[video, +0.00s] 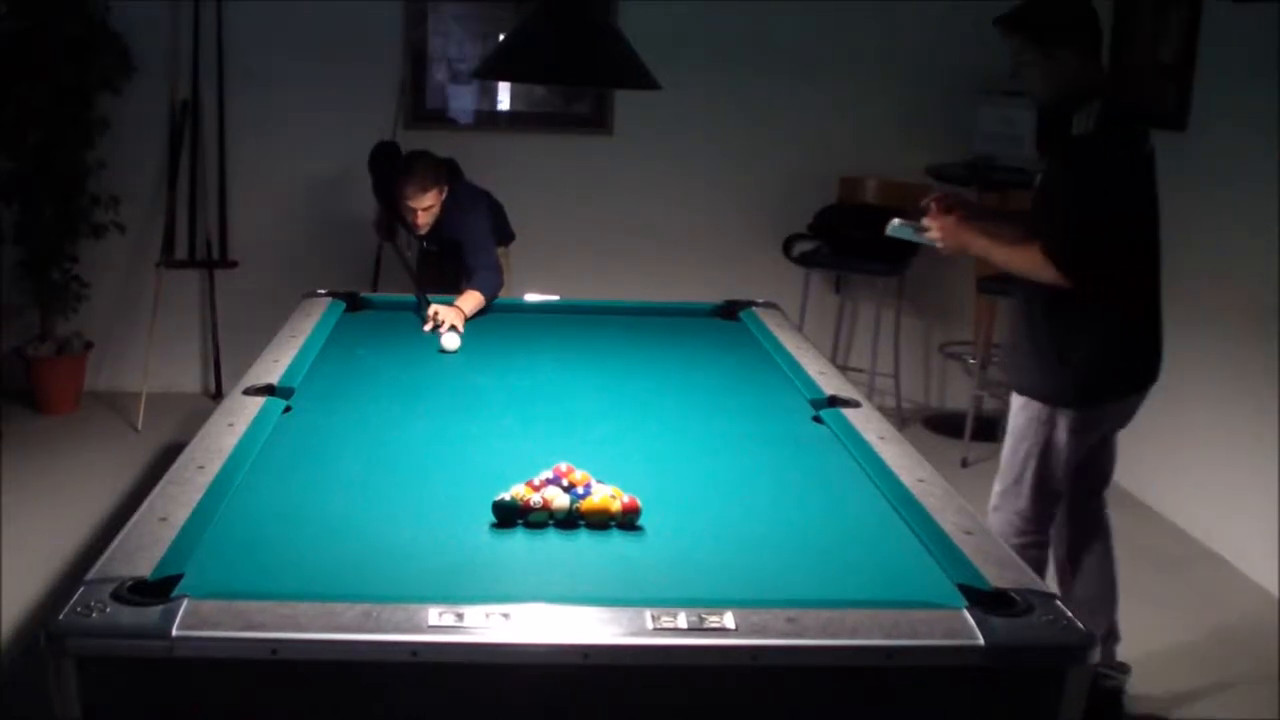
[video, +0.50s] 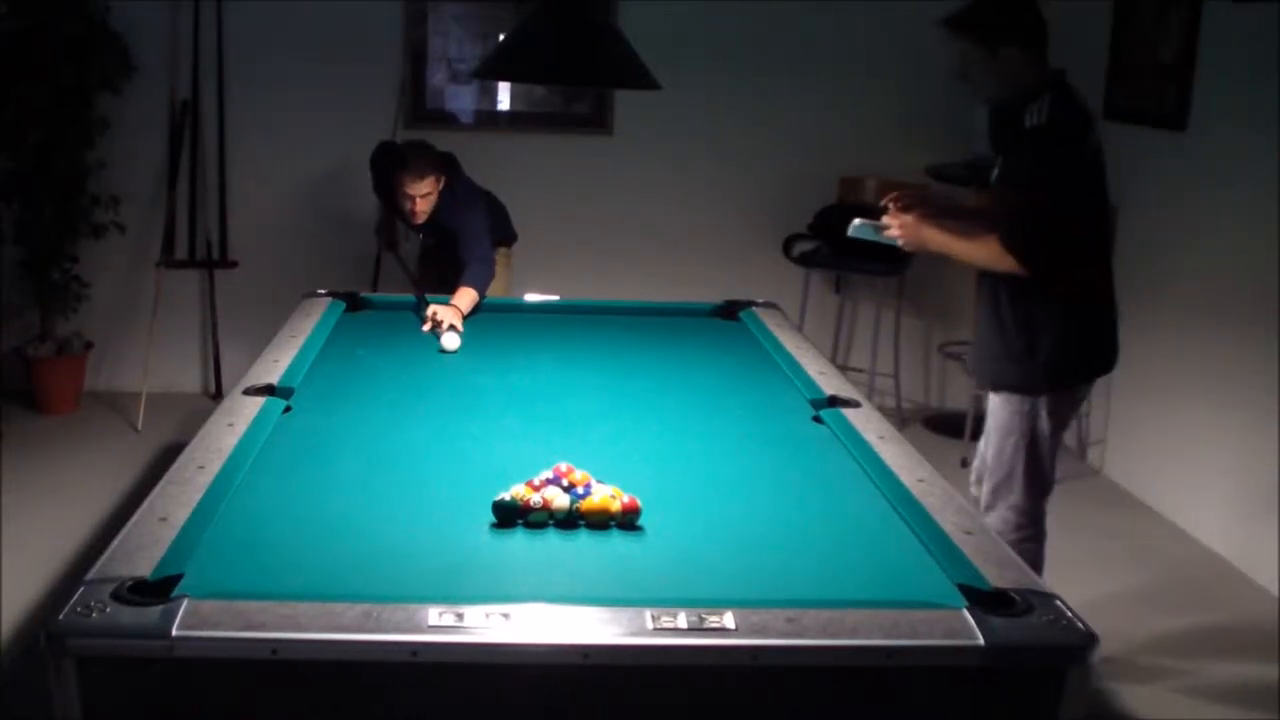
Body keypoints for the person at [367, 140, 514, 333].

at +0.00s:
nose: (419, 219)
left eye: (428, 209)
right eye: (411, 210)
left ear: (443, 194)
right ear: (399, 202)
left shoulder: (468, 210)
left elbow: (490, 275)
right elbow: (383, 150)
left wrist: (460, 310)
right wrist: (387, 212)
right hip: (434, 246)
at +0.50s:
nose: (416, 207)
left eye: (426, 196)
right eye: (408, 198)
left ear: (440, 184)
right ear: (395, 189)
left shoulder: (465, 201)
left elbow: (481, 262)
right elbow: (382, 152)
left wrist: (456, 308)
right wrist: (387, 216)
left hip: (489, 248)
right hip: (438, 243)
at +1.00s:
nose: (415, 207)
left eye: (424, 197)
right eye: (407, 199)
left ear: (439, 184)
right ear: (393, 189)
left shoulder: (462, 198)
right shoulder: (389, 170)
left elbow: (478, 260)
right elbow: (382, 155)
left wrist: (456, 308)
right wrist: (386, 222)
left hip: (492, 247)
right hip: (441, 244)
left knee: (485, 325)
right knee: (427, 318)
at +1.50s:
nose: (413, 206)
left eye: (421, 196)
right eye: (404, 197)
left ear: (436, 183)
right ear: (392, 188)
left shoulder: (460, 200)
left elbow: (476, 261)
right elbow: (377, 161)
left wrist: (456, 308)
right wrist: (384, 227)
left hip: (492, 248)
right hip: (441, 245)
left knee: (485, 327)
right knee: (425, 319)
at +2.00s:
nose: (425, 191)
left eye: (435, 180)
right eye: (417, 181)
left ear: (450, 166)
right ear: (404, 171)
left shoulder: (472, 183)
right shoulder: (391, 166)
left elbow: (495, 260)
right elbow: (380, 162)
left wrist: (460, 309)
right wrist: (388, 228)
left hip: (474, 261)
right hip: (432, 257)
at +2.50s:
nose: (444, 112)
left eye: (455, 103)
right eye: (438, 102)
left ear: (475, 105)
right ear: (429, 102)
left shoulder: (488, 147)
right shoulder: (423, 134)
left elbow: (489, 233)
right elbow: (415, 178)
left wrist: (457, 295)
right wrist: (411, 225)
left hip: (494, 252)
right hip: (450, 245)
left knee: (486, 339)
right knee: (444, 333)